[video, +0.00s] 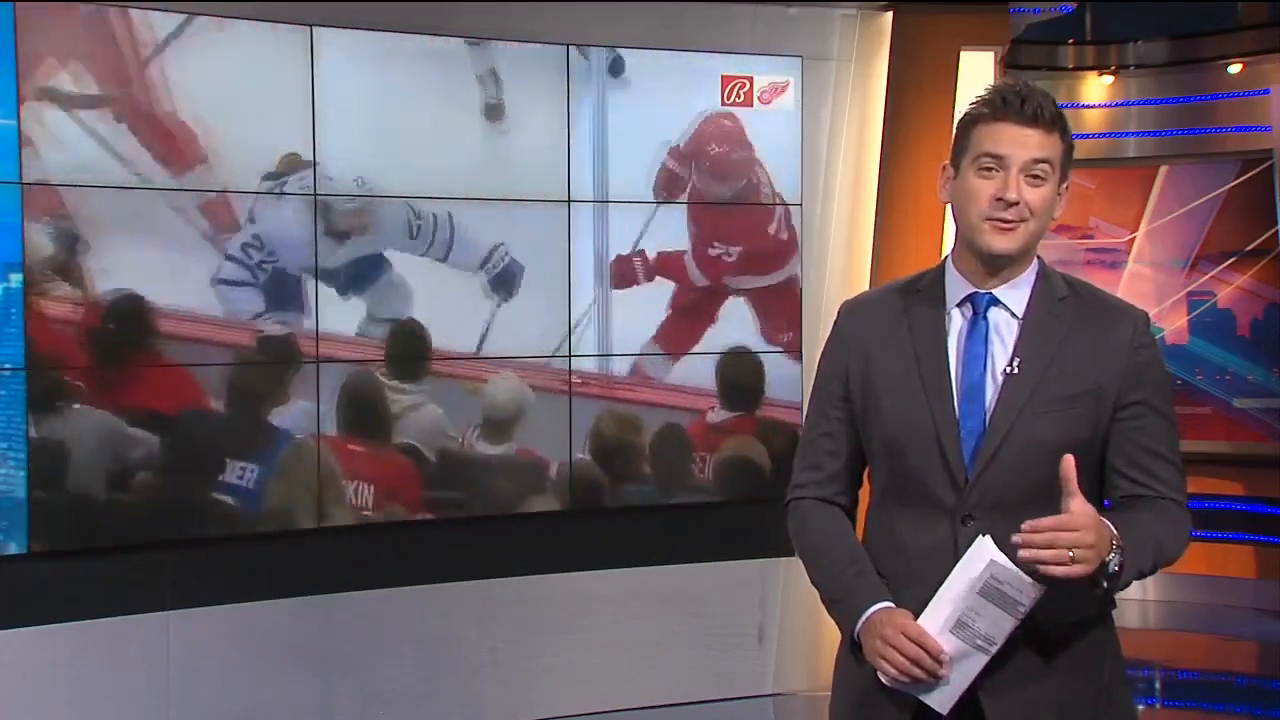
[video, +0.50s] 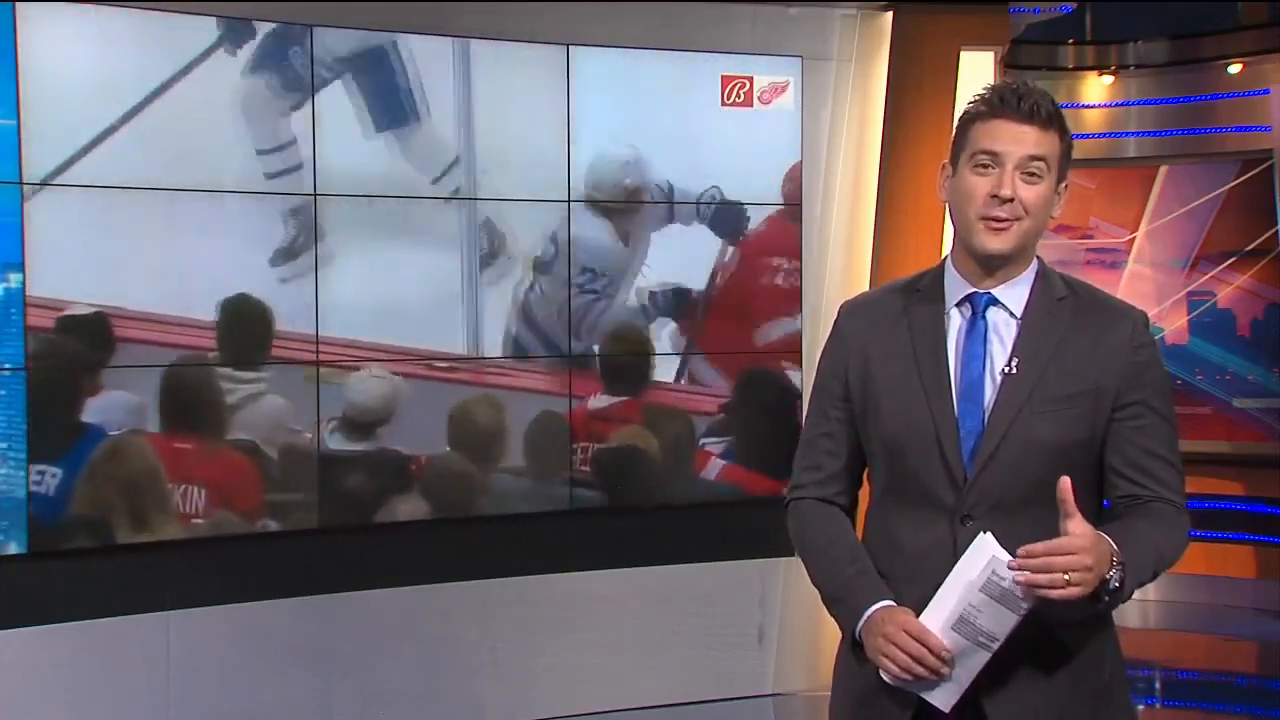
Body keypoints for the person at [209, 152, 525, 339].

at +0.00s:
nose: (362, 227)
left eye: (366, 219)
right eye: (353, 221)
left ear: (371, 210)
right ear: (327, 216)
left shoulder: (385, 216)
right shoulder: (279, 227)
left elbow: (442, 233)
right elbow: (230, 279)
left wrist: (494, 261)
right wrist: (263, 326)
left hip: (340, 251)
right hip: (277, 255)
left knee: (393, 296)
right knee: (285, 319)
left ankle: (368, 368)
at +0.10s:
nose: (417, 227)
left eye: (419, 219)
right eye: (405, 223)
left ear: (422, 206)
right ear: (377, 210)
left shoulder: (433, 209)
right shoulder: (334, 228)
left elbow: (488, 198)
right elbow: (271, 262)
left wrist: (531, 223)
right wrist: (292, 320)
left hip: (380, 279)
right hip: (322, 288)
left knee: (434, 336)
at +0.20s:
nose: (488, 215)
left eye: (490, 204)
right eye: (478, 207)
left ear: (493, 189)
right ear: (446, 198)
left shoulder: (497, 177)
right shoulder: (399, 227)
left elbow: (540, 166)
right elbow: (363, 295)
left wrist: (579, 195)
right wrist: (414, 300)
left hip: (447, 300)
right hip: (390, 313)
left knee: (488, 354)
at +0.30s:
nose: (548, 198)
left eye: (551, 190)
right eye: (540, 189)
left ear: (554, 183)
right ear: (516, 182)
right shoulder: (486, 219)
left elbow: (569, 160)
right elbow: (457, 296)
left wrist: (612, 180)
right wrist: (513, 277)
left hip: (487, 320)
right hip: (435, 321)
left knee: (517, 388)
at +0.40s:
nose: (592, 198)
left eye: (591, 186)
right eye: (582, 191)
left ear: (590, 176)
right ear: (559, 190)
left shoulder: (589, 176)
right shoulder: (528, 233)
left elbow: (626, 178)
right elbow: (518, 306)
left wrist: (674, 191)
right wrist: (589, 280)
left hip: (531, 324)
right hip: (484, 327)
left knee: (558, 401)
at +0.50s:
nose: (648, 201)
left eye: (646, 193)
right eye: (642, 195)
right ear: (625, 199)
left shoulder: (634, 213)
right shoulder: (592, 240)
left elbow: (671, 200)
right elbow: (587, 323)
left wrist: (711, 208)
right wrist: (655, 305)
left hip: (581, 345)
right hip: (539, 351)